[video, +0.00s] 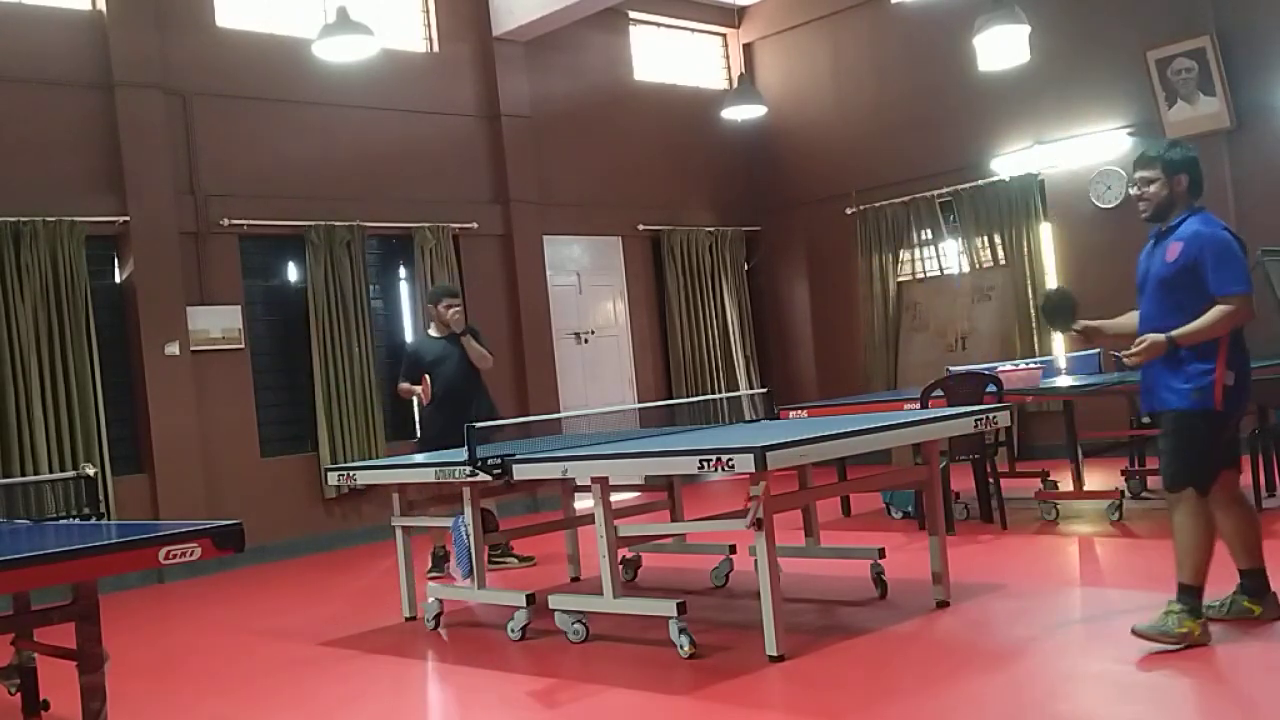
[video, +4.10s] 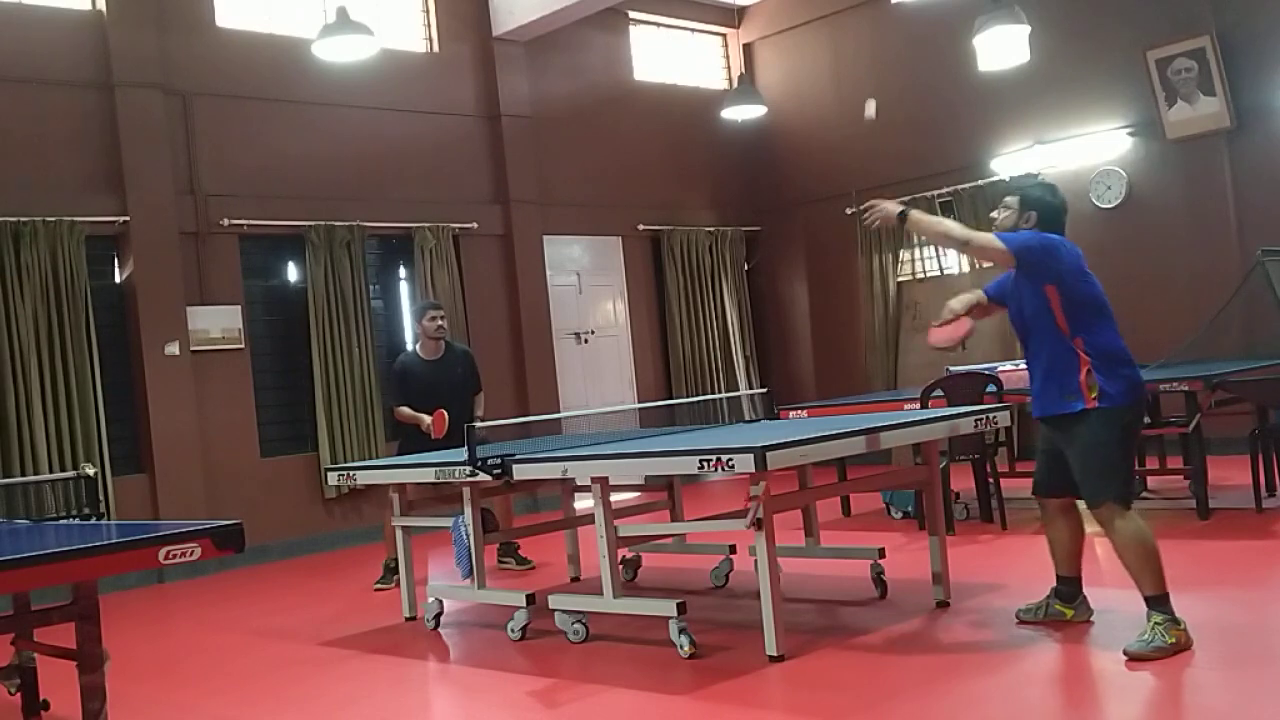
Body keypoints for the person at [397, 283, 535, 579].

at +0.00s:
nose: (456, 312)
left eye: (458, 307)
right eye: (449, 307)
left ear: (463, 309)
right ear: (433, 310)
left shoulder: (469, 335)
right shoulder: (418, 347)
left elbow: (486, 363)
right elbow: (402, 386)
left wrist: (461, 333)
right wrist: (417, 391)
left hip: (476, 424)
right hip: (438, 430)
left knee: (485, 486)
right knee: (440, 493)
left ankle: (495, 546)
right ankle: (440, 552)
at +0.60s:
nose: (433, 315)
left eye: (435, 309)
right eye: (427, 311)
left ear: (439, 310)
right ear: (411, 313)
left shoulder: (449, 341)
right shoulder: (393, 349)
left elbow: (471, 376)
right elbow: (381, 387)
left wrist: (445, 369)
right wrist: (396, 402)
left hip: (449, 428)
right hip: (414, 432)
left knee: (451, 492)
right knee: (424, 493)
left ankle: (450, 548)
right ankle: (435, 548)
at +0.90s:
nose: (430, 315)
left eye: (433, 309)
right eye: (423, 310)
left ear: (437, 311)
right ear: (408, 314)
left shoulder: (451, 346)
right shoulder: (391, 349)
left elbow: (466, 380)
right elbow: (374, 384)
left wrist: (462, 406)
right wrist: (386, 399)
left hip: (440, 436)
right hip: (402, 438)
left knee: (437, 495)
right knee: (402, 499)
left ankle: (435, 550)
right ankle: (402, 559)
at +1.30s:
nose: (409, 312)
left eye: (411, 307)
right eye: (401, 308)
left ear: (416, 311)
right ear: (386, 315)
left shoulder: (430, 341)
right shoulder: (376, 355)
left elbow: (445, 375)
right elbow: (362, 397)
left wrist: (452, 401)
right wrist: (386, 400)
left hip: (438, 435)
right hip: (398, 442)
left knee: (462, 490)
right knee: (394, 500)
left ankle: (477, 545)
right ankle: (389, 562)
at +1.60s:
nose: (430, 314)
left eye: (434, 308)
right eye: (423, 310)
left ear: (441, 312)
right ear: (415, 316)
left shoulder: (462, 343)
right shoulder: (401, 355)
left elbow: (482, 375)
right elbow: (390, 396)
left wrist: (484, 405)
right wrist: (408, 405)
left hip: (465, 436)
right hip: (421, 442)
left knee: (492, 489)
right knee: (404, 499)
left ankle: (506, 548)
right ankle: (391, 562)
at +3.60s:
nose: (444, 334)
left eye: (447, 329)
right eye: (437, 330)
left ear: (451, 332)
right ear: (421, 335)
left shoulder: (464, 364)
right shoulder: (406, 371)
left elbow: (480, 401)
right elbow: (399, 416)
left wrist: (479, 425)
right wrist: (423, 420)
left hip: (462, 452)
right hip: (418, 455)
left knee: (504, 483)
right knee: (393, 493)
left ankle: (508, 549)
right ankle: (393, 563)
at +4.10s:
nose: (440, 323)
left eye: (443, 319)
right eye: (433, 319)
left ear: (447, 323)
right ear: (419, 326)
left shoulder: (462, 356)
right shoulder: (404, 364)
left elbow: (477, 393)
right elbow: (398, 409)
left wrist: (478, 420)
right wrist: (420, 419)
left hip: (462, 447)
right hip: (418, 449)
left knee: (501, 482)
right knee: (396, 497)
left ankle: (507, 548)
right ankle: (392, 562)